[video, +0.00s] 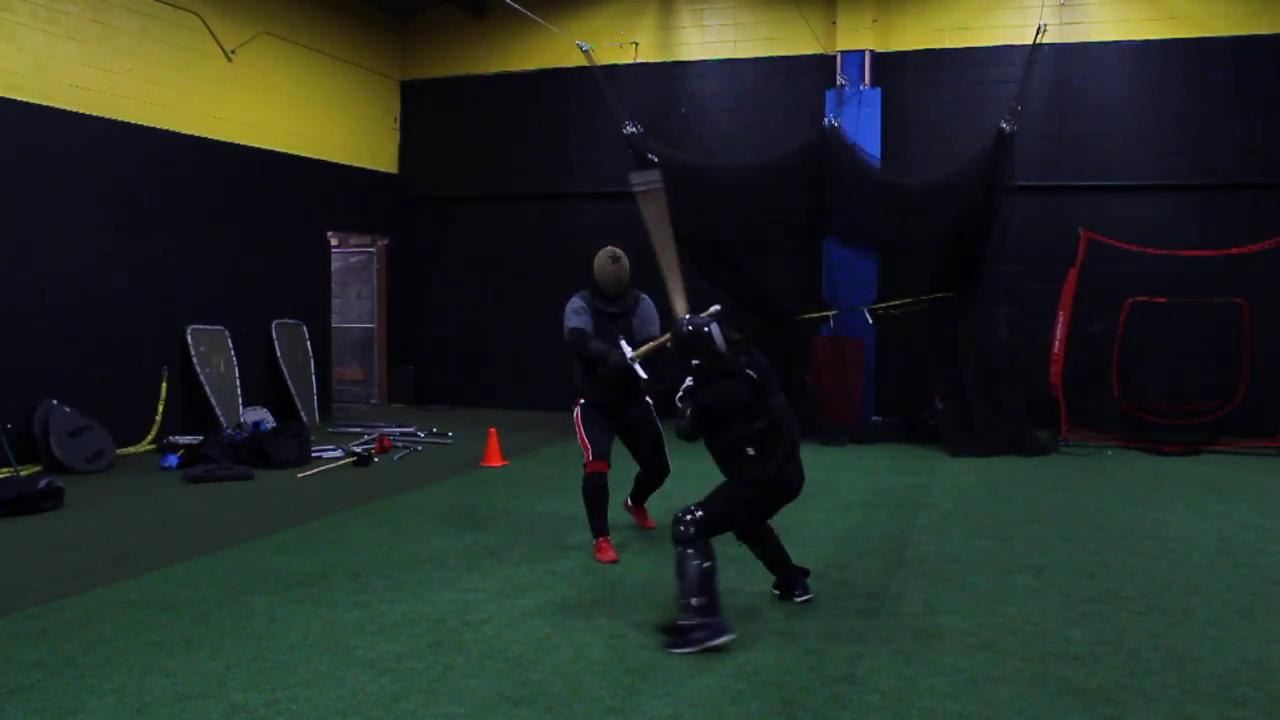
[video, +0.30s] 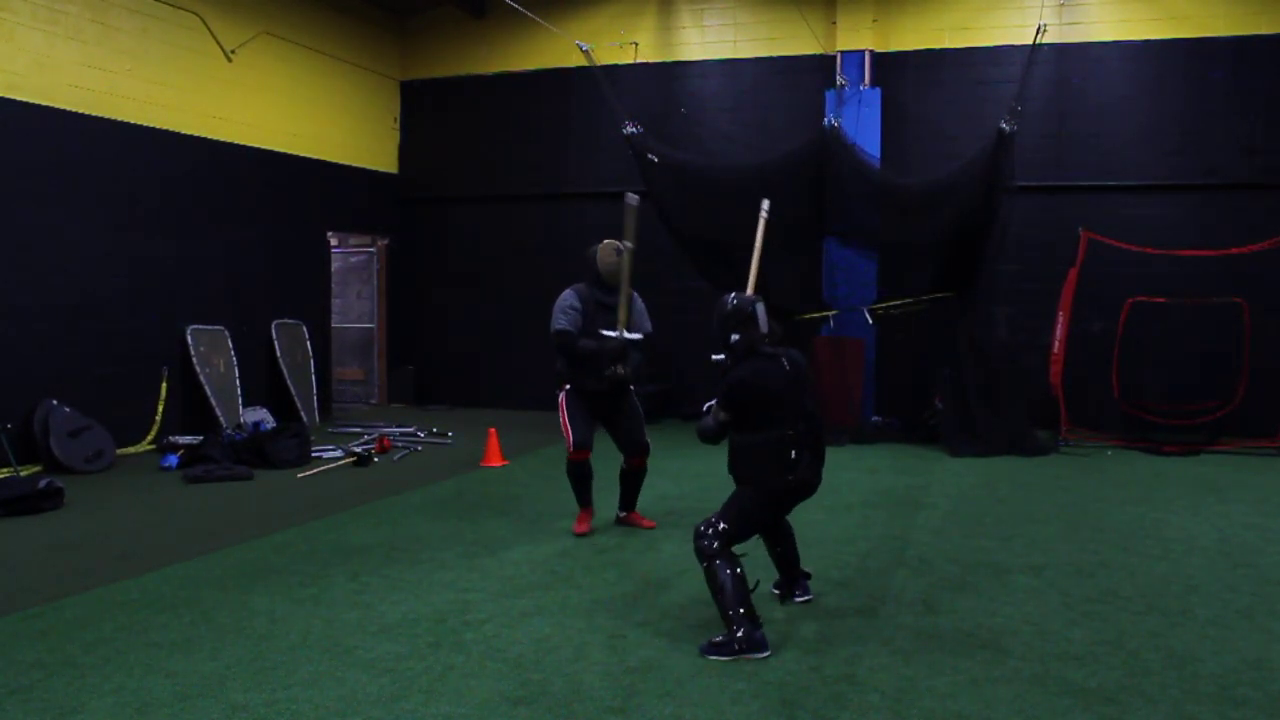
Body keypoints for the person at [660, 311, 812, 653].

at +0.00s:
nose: (686, 360)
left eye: (688, 354)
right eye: (686, 353)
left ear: (698, 356)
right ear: (722, 343)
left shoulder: (708, 391)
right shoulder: (752, 366)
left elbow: (688, 431)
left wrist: (686, 397)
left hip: (756, 482)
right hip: (786, 475)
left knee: (689, 525)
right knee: (744, 518)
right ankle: (792, 580)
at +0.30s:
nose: (725, 339)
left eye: (728, 332)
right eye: (727, 331)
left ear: (735, 333)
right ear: (764, 327)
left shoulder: (742, 375)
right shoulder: (792, 362)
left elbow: (711, 429)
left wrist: (711, 412)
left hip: (765, 483)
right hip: (804, 475)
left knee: (709, 537)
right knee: (766, 512)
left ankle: (744, 631)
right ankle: (794, 582)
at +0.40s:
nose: (735, 312)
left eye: (738, 305)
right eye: (737, 305)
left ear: (745, 309)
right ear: (777, 306)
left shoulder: (746, 351)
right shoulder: (802, 346)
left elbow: (721, 411)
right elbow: (810, 401)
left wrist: (714, 416)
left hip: (771, 463)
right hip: (811, 459)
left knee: (724, 530)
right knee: (789, 511)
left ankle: (746, 630)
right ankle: (795, 581)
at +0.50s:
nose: (749, 293)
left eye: (752, 287)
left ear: (755, 290)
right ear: (793, 289)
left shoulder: (753, 333)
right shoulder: (813, 333)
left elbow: (732, 391)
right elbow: (827, 386)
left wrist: (714, 408)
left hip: (777, 452)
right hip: (815, 450)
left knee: (738, 527)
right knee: (802, 512)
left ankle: (748, 629)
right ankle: (820, 589)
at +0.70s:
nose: (788, 295)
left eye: (791, 289)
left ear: (795, 292)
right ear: (829, 294)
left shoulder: (785, 332)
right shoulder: (841, 338)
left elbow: (761, 386)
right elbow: (858, 395)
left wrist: (751, 420)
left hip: (802, 451)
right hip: (842, 450)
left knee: (762, 530)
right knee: (822, 519)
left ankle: (750, 630)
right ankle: (844, 603)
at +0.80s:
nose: (804, 292)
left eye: (808, 286)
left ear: (813, 289)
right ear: (844, 292)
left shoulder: (805, 327)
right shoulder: (854, 333)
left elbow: (782, 384)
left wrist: (767, 414)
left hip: (825, 446)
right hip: (858, 446)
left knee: (786, 529)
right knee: (830, 523)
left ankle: (762, 627)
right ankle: (844, 604)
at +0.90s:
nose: (817, 283)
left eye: (821, 276)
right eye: (822, 276)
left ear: (828, 279)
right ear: (858, 280)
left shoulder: (824, 319)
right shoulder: (869, 322)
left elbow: (803, 377)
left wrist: (782, 393)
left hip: (838, 440)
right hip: (868, 441)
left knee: (793, 519)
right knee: (838, 518)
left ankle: (820, 621)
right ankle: (845, 603)